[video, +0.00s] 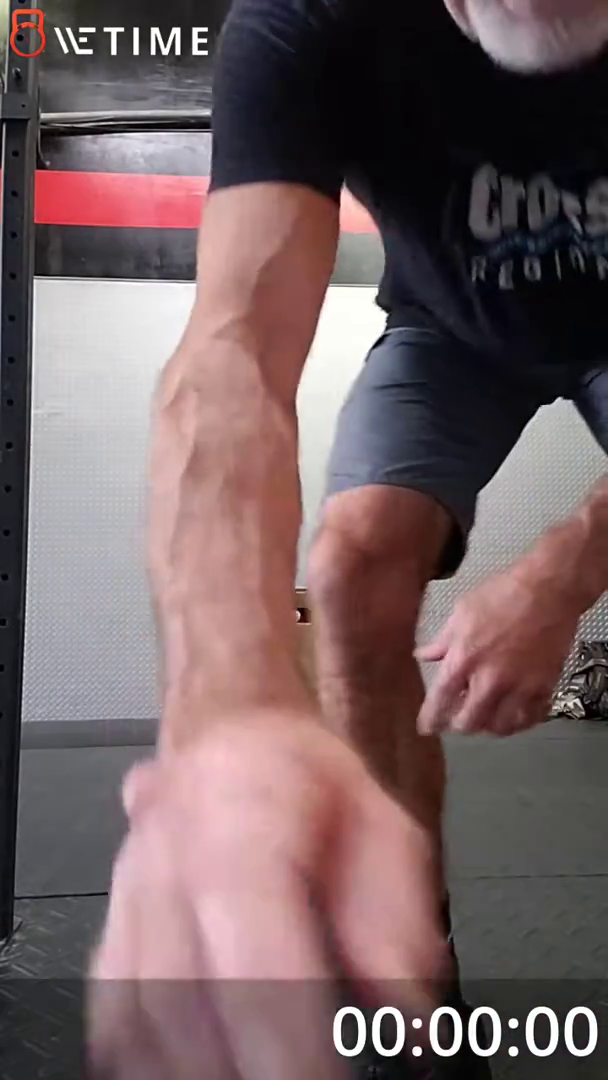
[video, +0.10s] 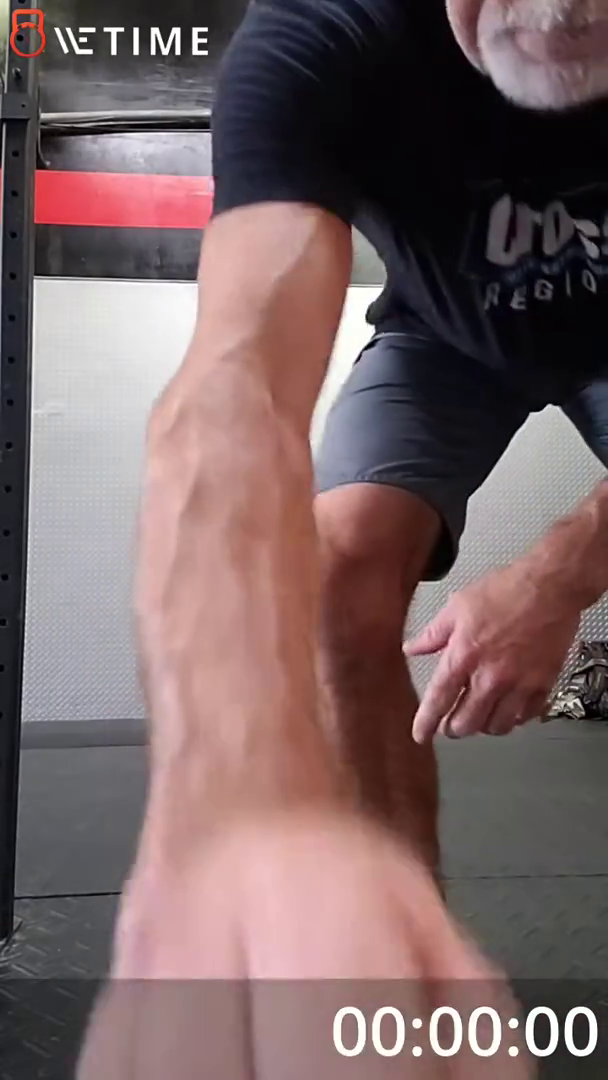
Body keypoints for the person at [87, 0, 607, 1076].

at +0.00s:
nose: (527, 3)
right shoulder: (307, 21)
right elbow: (234, 350)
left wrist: (567, 575)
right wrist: (224, 716)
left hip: (602, 338)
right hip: (456, 326)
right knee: (349, 574)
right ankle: (410, 976)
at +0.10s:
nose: (553, 1)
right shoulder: (324, 35)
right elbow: (235, 386)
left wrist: (563, 578)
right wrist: (239, 812)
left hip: (599, 342)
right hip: (450, 332)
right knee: (340, 575)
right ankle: (400, 971)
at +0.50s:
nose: (571, 19)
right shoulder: (328, 54)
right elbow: (248, 453)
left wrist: (569, 579)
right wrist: (234, 1017)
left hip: (598, 338)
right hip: (446, 328)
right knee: (333, 584)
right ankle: (427, 1005)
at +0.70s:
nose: (573, 15)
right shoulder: (331, 54)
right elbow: (254, 463)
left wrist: (571, 575)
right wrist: (251, 1019)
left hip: (601, 338)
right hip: (448, 326)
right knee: (337, 591)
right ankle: (428, 1008)